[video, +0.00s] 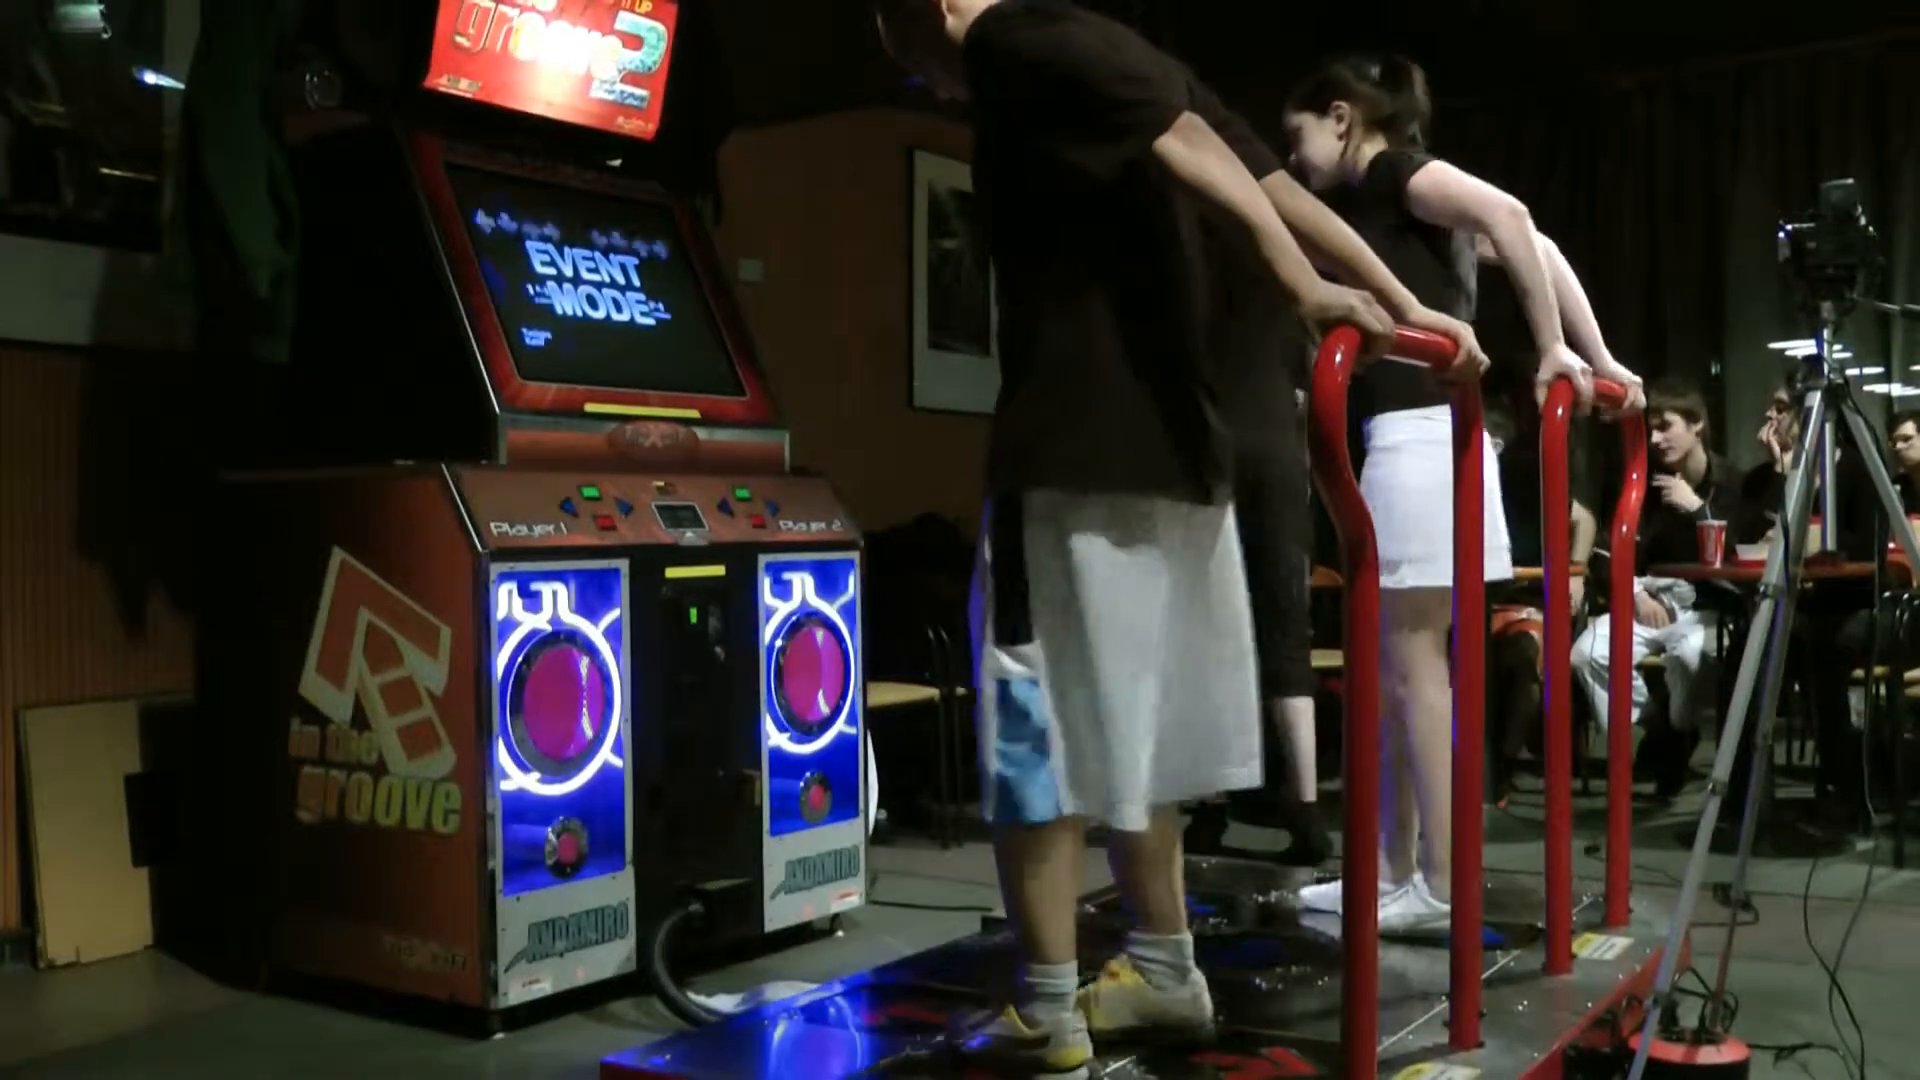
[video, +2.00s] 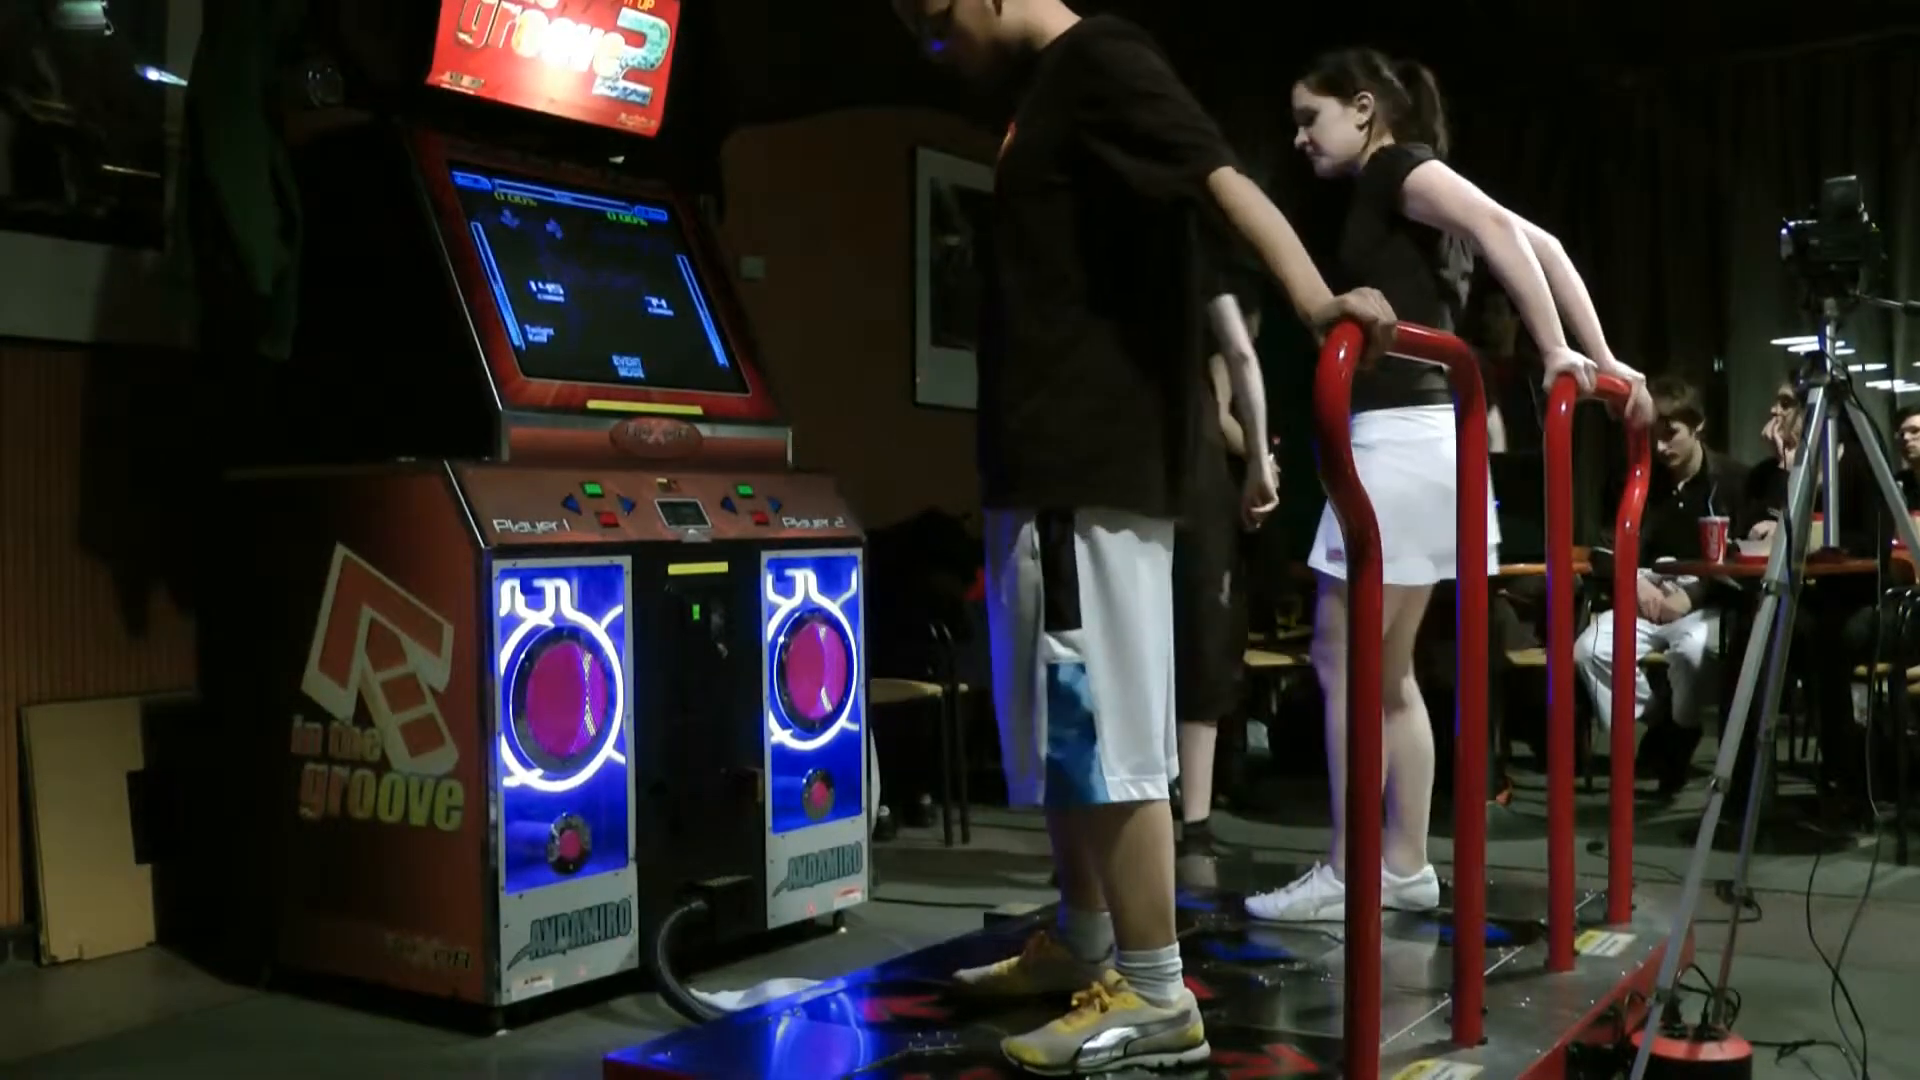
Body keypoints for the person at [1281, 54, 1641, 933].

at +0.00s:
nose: (1292, 151)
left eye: (1298, 133)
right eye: (1290, 136)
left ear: (1343, 121)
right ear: (1359, 127)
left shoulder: (1388, 172)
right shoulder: (1410, 184)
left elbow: (1507, 215)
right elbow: (1538, 247)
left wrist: (1554, 351)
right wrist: (1601, 355)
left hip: (1417, 437)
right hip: (1418, 437)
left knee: (1418, 655)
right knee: (1393, 657)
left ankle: (1442, 884)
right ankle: (1394, 873)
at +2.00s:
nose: (1301, 138)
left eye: (1310, 119)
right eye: (1298, 123)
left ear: (1366, 108)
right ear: (1366, 115)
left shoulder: (1397, 170)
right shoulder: (1414, 178)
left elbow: (1502, 232)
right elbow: (1544, 246)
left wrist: (1557, 354)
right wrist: (1603, 359)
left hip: (1395, 447)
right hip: (1425, 448)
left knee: (1346, 665)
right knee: (1392, 674)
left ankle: (1347, 870)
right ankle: (1406, 866)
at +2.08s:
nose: (1304, 143)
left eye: (1313, 123)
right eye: (1300, 128)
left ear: (1368, 111)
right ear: (1369, 119)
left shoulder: (1402, 174)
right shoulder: (1421, 183)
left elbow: (1505, 235)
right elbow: (1548, 250)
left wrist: (1557, 354)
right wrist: (1600, 358)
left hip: (1401, 450)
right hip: (1437, 452)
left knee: (1339, 663)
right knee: (1399, 676)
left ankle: (1346, 871)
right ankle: (1407, 867)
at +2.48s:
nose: (1314, 177)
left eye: (1319, 155)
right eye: (1303, 165)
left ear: (1366, 128)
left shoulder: (1421, 176)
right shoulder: (1408, 207)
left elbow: (1526, 224)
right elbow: (1550, 257)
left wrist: (1558, 347)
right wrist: (1601, 357)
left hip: (1440, 449)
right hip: (1464, 449)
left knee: (1378, 665)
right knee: (1426, 676)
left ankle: (1358, 863)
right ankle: (1414, 866)